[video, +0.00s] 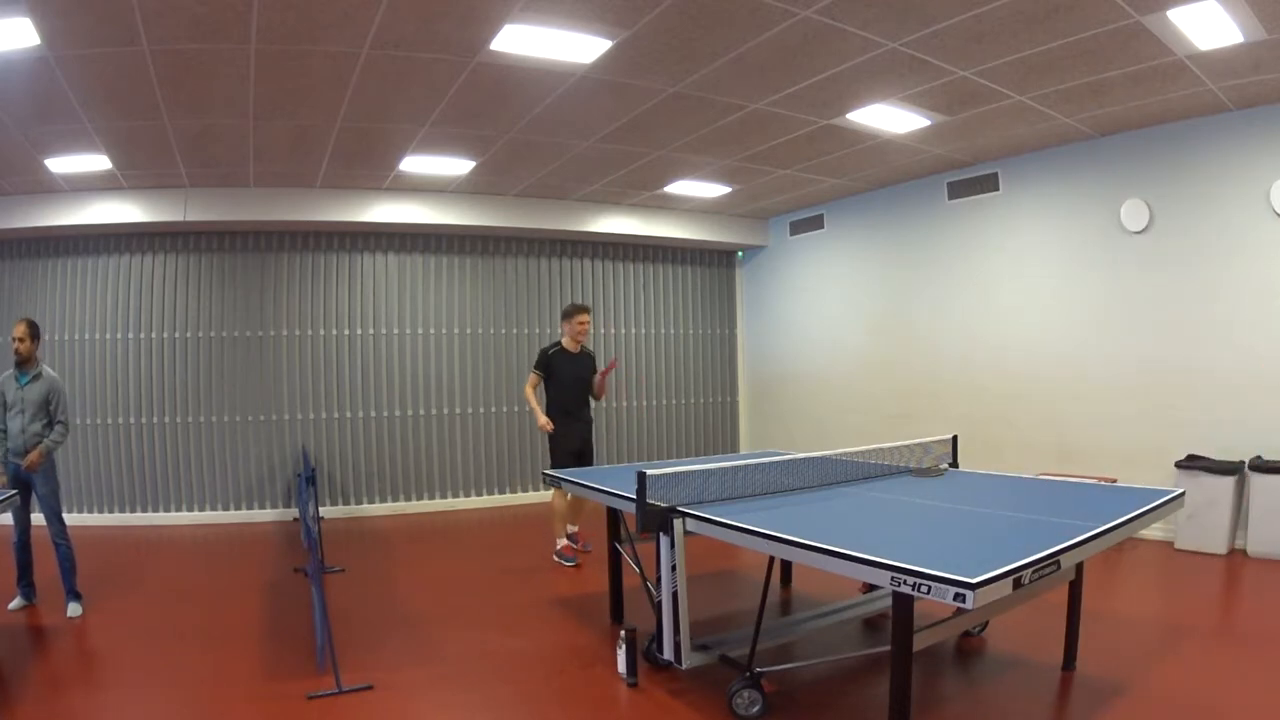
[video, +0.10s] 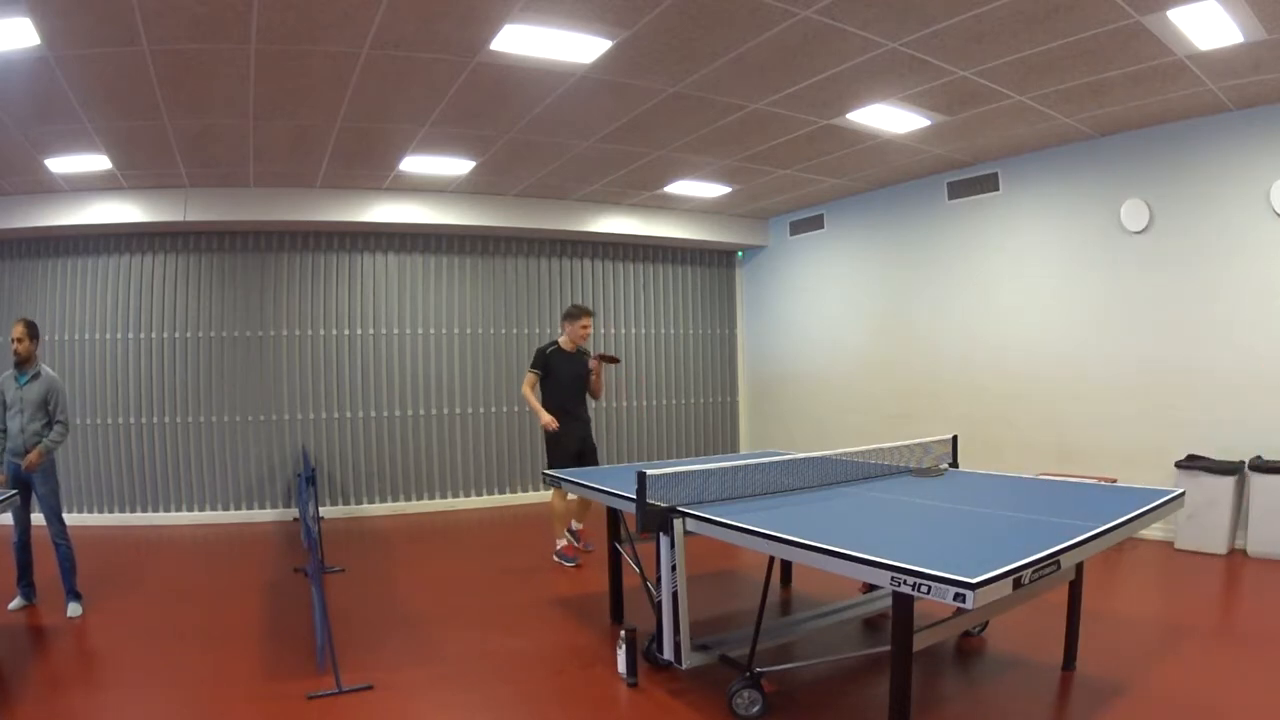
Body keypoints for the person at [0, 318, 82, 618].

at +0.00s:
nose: (16, 345)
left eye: (22, 340)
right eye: (13, 340)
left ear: (36, 343)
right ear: (11, 343)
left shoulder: (51, 381)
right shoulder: (5, 382)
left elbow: (62, 426)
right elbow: (2, 426)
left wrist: (42, 451)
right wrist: (2, 467)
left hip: (41, 463)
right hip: (11, 463)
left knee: (57, 531)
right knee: (20, 532)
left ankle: (72, 596)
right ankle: (26, 593)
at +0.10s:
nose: (14, 345)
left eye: (20, 340)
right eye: (12, 341)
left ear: (35, 344)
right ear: (10, 344)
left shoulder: (50, 381)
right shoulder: (5, 382)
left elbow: (62, 426)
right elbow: (3, 426)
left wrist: (41, 451)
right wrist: (2, 467)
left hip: (41, 462)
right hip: (12, 462)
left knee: (57, 531)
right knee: (20, 532)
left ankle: (72, 596)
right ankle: (26, 593)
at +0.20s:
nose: (14, 346)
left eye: (19, 341)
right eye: (11, 341)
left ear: (34, 344)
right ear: (10, 345)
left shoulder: (49, 381)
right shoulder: (6, 381)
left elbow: (61, 426)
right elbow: (5, 421)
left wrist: (39, 451)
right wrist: (6, 452)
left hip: (41, 463)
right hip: (11, 463)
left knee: (56, 531)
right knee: (20, 532)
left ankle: (72, 596)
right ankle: (26, 593)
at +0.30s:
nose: (13, 346)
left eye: (19, 341)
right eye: (11, 341)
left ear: (34, 344)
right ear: (10, 345)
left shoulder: (49, 381)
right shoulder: (6, 381)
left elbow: (59, 426)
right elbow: (4, 422)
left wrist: (36, 451)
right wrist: (6, 453)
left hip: (41, 463)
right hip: (11, 463)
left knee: (56, 531)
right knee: (20, 532)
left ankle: (72, 596)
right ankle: (26, 593)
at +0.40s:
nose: (13, 346)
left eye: (19, 341)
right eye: (11, 341)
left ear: (34, 344)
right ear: (10, 345)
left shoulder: (49, 381)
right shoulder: (5, 381)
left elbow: (59, 426)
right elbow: (4, 422)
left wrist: (35, 450)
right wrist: (6, 454)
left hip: (41, 464)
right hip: (11, 463)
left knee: (56, 531)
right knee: (20, 532)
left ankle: (72, 596)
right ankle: (26, 593)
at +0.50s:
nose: (13, 346)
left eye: (19, 341)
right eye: (11, 341)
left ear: (34, 344)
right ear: (10, 345)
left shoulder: (49, 381)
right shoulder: (5, 381)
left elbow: (59, 426)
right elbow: (4, 423)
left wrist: (35, 450)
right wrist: (6, 455)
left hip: (41, 464)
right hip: (11, 464)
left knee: (56, 531)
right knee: (20, 532)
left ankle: (72, 596)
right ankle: (26, 593)